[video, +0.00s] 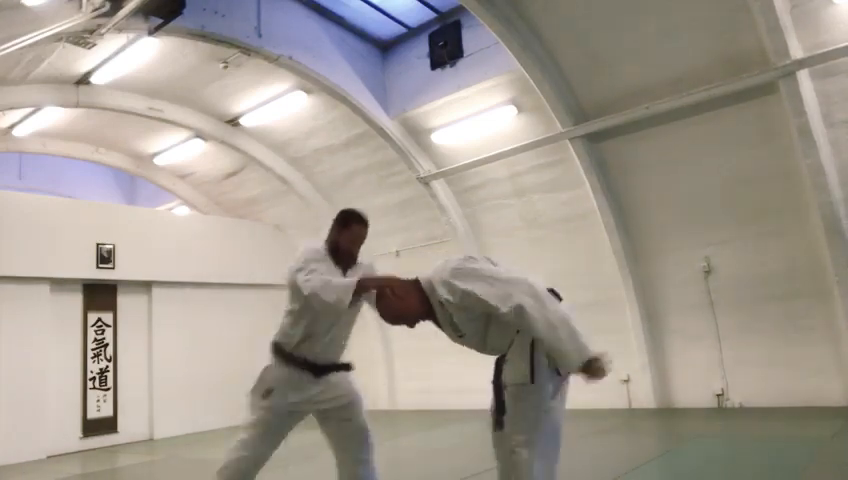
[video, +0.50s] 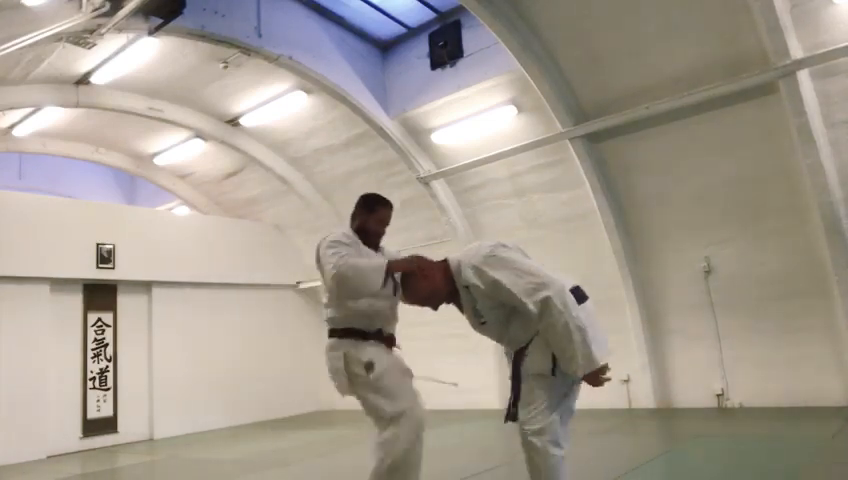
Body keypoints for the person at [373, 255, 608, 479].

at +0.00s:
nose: (407, 325)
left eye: (396, 318)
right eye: (398, 323)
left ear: (397, 293)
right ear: (400, 291)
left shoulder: (451, 279)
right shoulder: (441, 307)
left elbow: (525, 297)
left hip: (532, 337)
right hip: (514, 346)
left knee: (525, 440)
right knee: (507, 437)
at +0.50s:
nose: (429, 307)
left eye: (422, 299)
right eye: (421, 304)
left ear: (425, 273)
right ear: (427, 270)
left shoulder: (481, 262)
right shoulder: (463, 289)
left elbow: (551, 294)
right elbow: (515, 340)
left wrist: (584, 362)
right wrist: (518, 394)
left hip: (555, 330)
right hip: (536, 338)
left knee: (537, 428)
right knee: (534, 427)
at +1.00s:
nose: (499, 310)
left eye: (490, 303)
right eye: (490, 309)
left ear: (488, 278)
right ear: (488, 276)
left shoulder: (551, 264)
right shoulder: (528, 285)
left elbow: (636, 296)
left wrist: (684, 357)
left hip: (629, 330)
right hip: (601, 341)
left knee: (620, 440)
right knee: (596, 431)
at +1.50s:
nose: (540, 303)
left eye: (533, 296)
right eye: (531, 300)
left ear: (537, 270)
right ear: (536, 264)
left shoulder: (594, 259)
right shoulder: (574, 265)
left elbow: (609, 340)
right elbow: (602, 327)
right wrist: (579, 354)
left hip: (684, 318)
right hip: (656, 324)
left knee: (669, 435)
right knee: (652, 433)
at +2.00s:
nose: (588, 290)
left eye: (585, 281)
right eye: (580, 287)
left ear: (591, 251)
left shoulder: (651, 240)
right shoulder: (599, 271)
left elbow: (750, 263)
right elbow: (625, 316)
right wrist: (637, 355)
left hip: (711, 327)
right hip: (664, 340)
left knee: (712, 436)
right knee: (671, 435)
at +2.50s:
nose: (648, 280)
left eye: (645, 270)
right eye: (638, 277)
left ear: (651, 238)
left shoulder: (716, 224)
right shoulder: (644, 273)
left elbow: (818, 254)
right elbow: (677, 312)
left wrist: (837, 338)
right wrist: (687, 358)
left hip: (782, 310)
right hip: (724, 329)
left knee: (804, 426)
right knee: (718, 432)